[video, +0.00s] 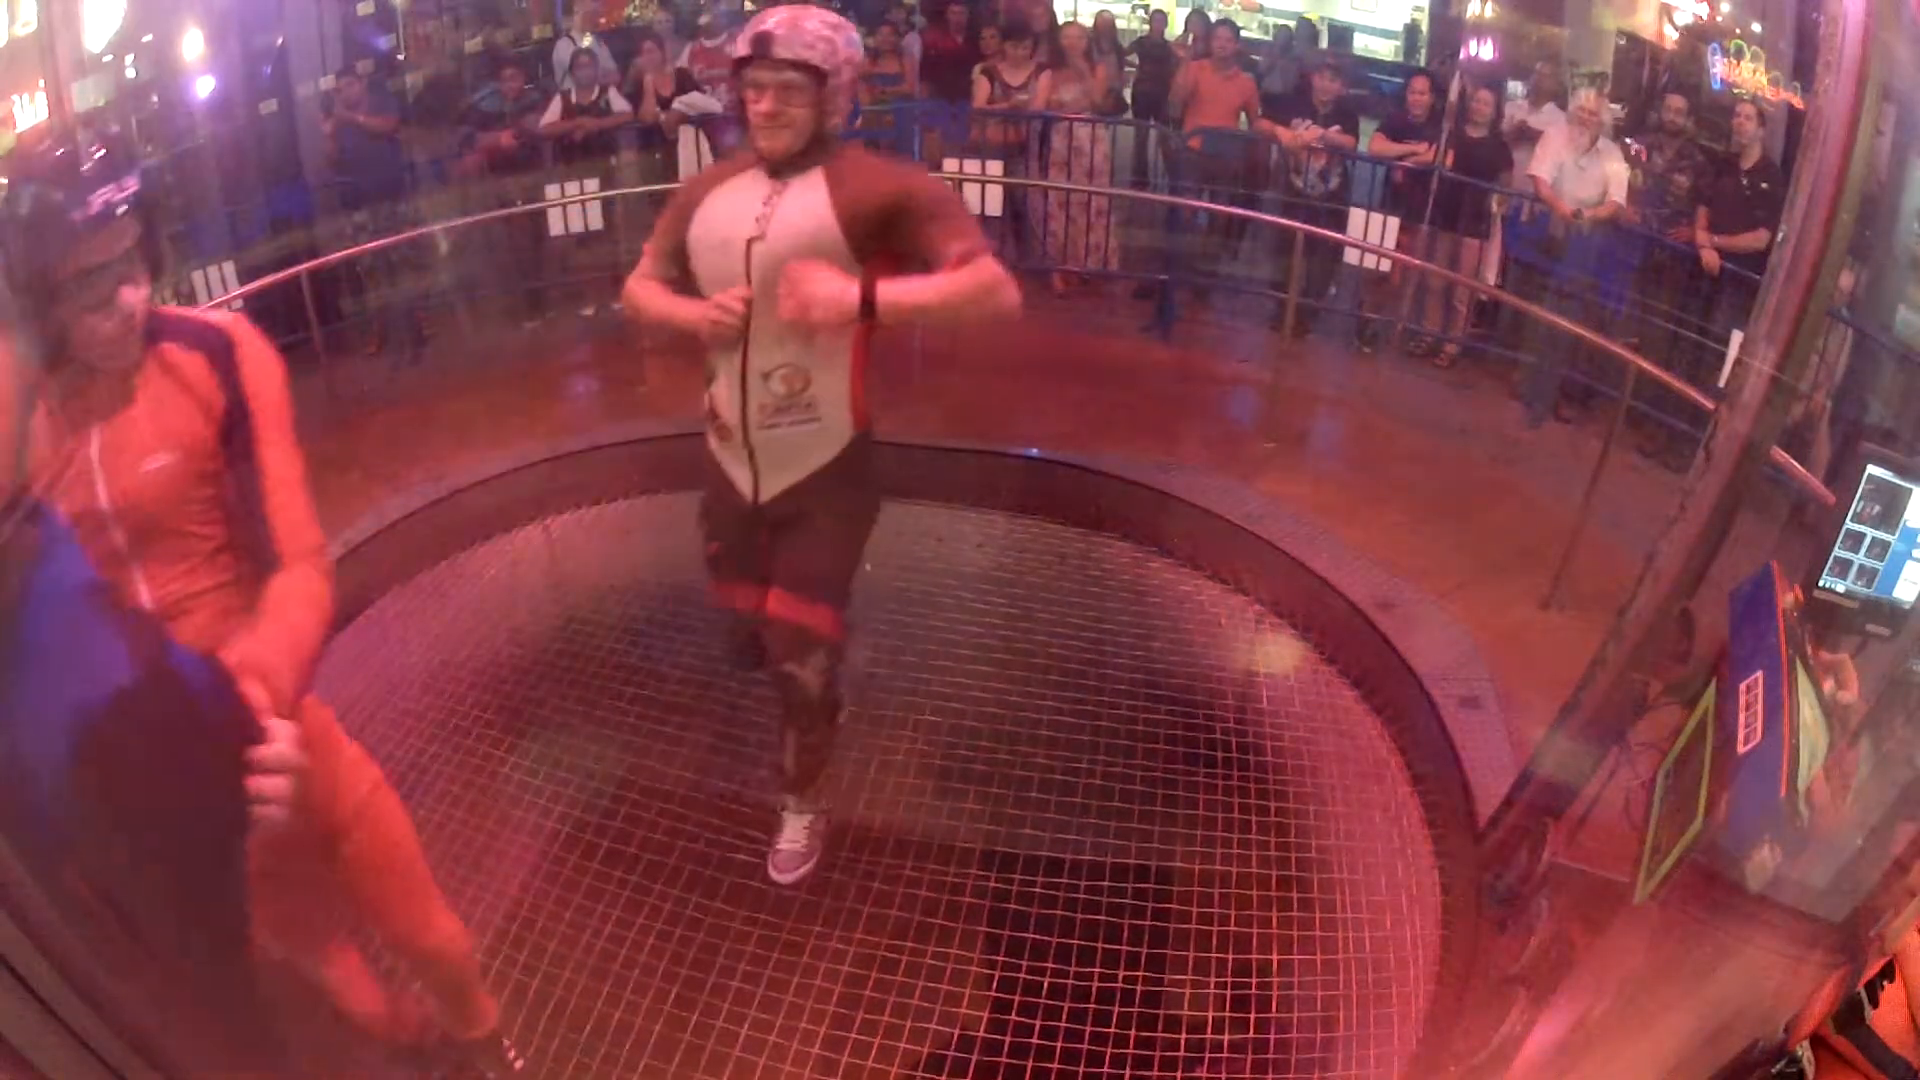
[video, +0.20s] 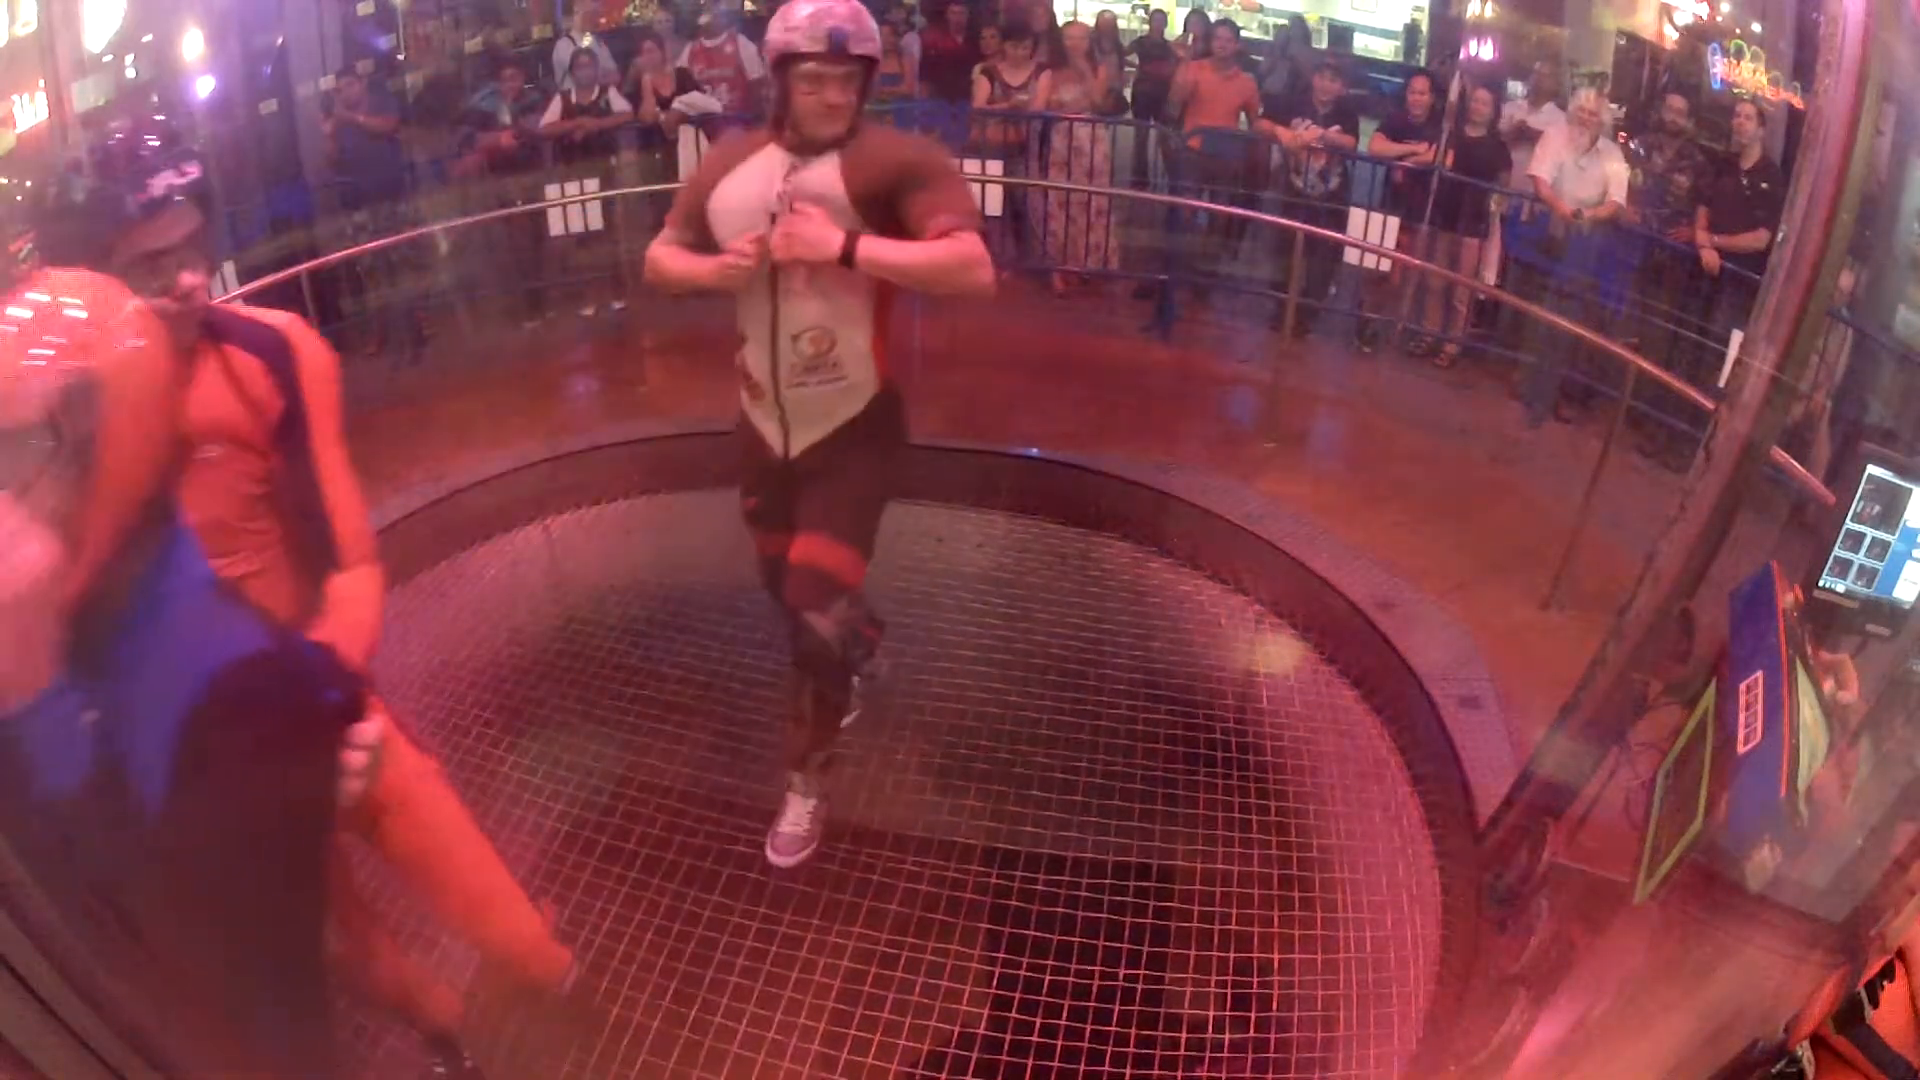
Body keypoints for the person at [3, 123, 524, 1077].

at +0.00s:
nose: (123, 303)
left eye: (130, 271)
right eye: (89, 289)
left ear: (146, 258)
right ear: (34, 304)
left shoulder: (223, 354)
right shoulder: (22, 416)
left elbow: (302, 565)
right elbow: (30, 608)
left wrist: (244, 700)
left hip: (259, 701)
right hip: (124, 729)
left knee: (430, 938)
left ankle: (488, 1046)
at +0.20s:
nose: (186, 283)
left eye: (197, 252)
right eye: (152, 267)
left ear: (216, 239)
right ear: (94, 275)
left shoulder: (284, 352)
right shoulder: (77, 400)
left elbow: (355, 564)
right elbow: (68, 594)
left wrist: (318, 699)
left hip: (306, 670)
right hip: (173, 706)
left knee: (530, 945)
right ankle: (457, 1030)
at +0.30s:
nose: (227, 271)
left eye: (237, 242)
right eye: (195, 255)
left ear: (255, 235)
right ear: (133, 269)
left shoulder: (327, 350)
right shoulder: (127, 397)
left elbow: (390, 562)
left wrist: (353, 694)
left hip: (343, 656)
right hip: (220, 693)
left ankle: (537, 932)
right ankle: (443, 1025)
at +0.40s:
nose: (268, 263)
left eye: (277, 235)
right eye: (236, 247)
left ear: (294, 232)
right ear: (183, 258)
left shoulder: (365, 342)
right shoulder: (166, 380)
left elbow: (429, 541)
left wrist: (388, 674)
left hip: (363, 636)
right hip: (241, 655)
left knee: (429, 718)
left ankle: (532, 881)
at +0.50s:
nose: (299, 270)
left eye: (308, 242)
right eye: (269, 254)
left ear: (325, 236)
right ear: (213, 262)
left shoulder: (393, 353)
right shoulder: (192, 371)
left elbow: (440, 542)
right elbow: (184, 525)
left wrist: (418, 662)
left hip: (383, 607)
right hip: (258, 626)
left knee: (452, 704)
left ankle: (544, 878)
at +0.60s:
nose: (321, 266)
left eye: (331, 239)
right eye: (291, 251)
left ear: (349, 232)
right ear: (235, 258)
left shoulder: (409, 356)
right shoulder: (183, 395)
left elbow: (445, 544)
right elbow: (187, 548)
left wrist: (430, 681)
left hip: (391, 633)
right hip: (256, 653)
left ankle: (551, 875)